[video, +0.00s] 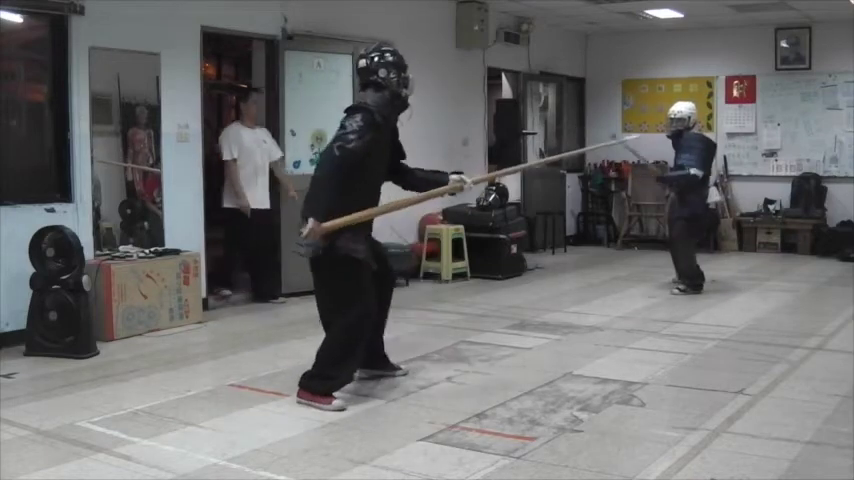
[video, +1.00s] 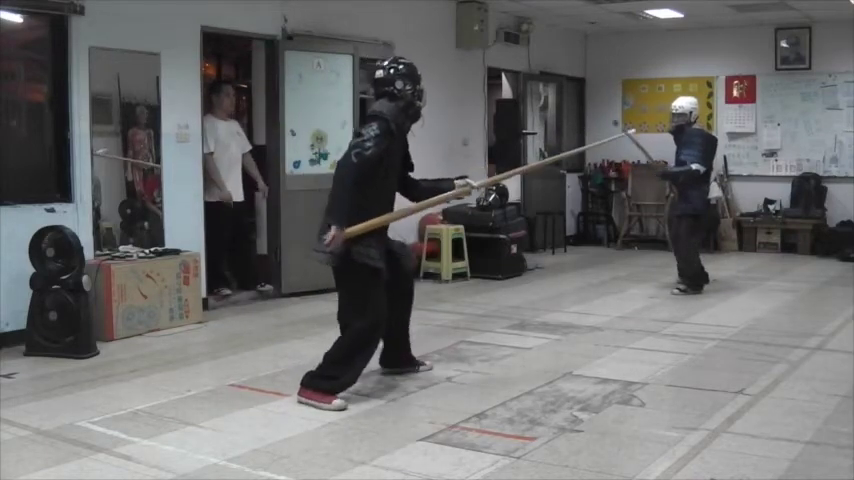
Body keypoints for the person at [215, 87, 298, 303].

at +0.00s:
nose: (257, 108)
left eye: (258, 104)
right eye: (253, 104)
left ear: (257, 107)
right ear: (242, 107)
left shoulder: (263, 134)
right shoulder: (231, 133)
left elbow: (276, 164)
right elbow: (231, 168)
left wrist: (288, 185)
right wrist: (241, 197)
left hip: (262, 204)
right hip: (236, 204)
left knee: (263, 249)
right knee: (234, 248)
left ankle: (265, 291)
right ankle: (224, 285)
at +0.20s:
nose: (248, 105)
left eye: (248, 101)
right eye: (243, 101)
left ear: (247, 105)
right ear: (230, 103)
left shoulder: (250, 132)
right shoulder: (218, 130)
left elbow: (261, 162)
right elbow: (218, 165)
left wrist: (272, 186)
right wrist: (234, 191)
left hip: (248, 203)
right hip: (221, 203)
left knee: (258, 246)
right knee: (221, 247)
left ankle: (263, 290)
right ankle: (219, 287)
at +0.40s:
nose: (242, 102)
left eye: (242, 98)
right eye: (237, 98)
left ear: (241, 102)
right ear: (224, 100)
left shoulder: (241, 127)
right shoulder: (212, 124)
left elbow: (248, 161)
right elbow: (211, 159)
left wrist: (255, 190)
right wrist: (216, 191)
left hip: (243, 198)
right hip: (219, 199)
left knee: (254, 238)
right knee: (219, 245)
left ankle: (260, 282)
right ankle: (217, 285)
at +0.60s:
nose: (239, 100)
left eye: (239, 96)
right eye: (234, 96)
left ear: (238, 101)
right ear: (221, 99)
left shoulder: (239, 126)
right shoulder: (211, 123)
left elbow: (245, 159)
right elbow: (206, 158)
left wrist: (250, 187)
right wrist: (210, 188)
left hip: (240, 195)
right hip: (219, 196)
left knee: (246, 242)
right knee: (219, 244)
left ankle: (253, 281)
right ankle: (219, 285)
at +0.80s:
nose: (235, 100)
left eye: (236, 96)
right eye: (231, 96)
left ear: (237, 100)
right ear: (218, 98)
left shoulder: (237, 125)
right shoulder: (209, 123)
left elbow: (247, 157)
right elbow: (206, 158)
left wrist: (257, 183)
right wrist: (213, 188)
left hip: (239, 196)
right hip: (218, 197)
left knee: (243, 242)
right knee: (218, 244)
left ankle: (250, 281)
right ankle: (217, 285)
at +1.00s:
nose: (232, 100)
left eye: (233, 96)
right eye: (227, 96)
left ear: (233, 99)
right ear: (215, 98)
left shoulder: (234, 126)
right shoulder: (207, 124)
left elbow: (246, 156)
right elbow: (207, 158)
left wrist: (259, 180)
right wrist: (221, 188)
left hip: (237, 196)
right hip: (214, 198)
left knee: (243, 241)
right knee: (217, 244)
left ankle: (250, 280)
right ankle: (217, 285)